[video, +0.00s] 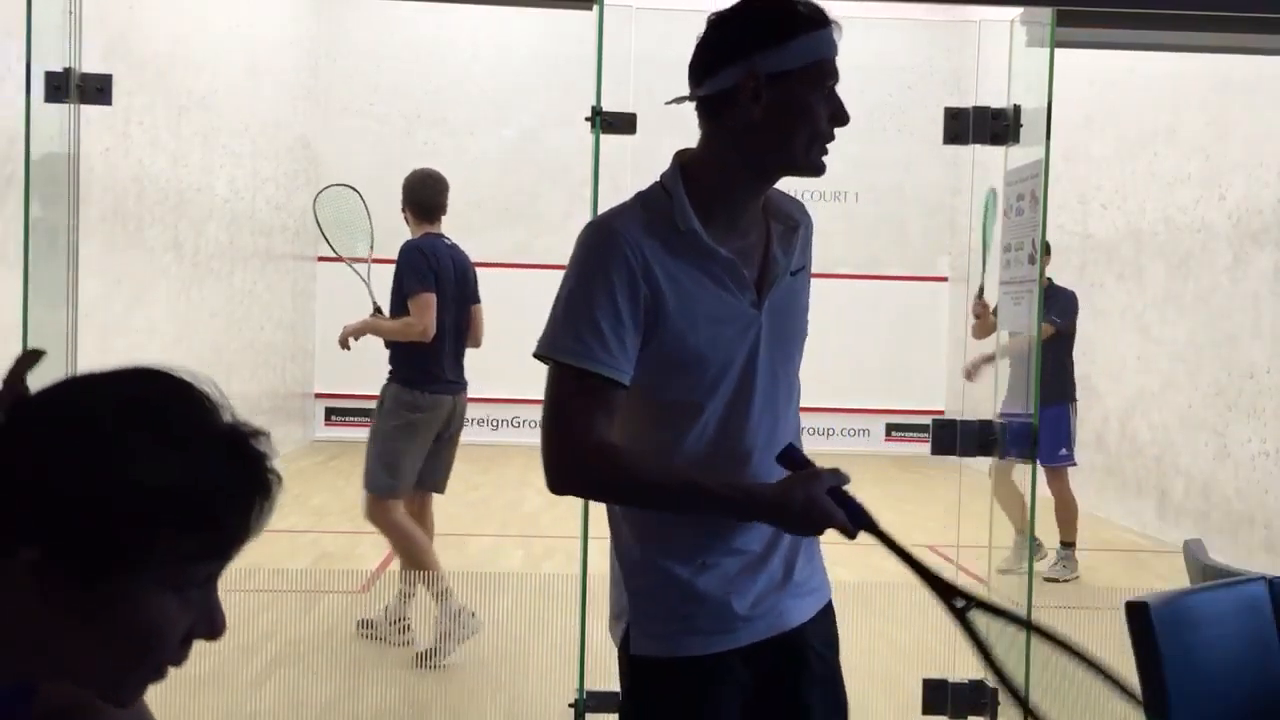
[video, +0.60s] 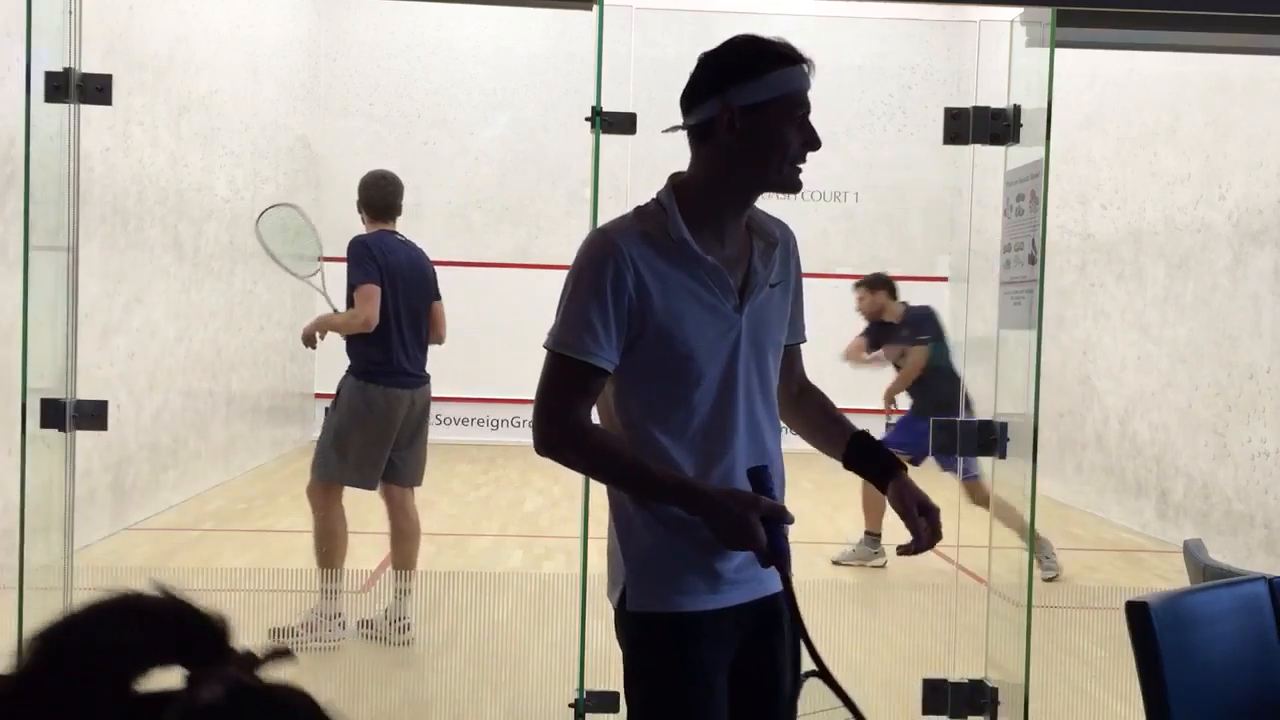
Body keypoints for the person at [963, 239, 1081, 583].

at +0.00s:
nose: (1025, 265)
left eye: (1032, 257)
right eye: (1019, 258)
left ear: (1045, 259)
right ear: (1011, 261)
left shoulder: (1062, 298)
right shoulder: (1014, 298)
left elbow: (1036, 337)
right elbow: (980, 333)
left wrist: (987, 358)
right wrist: (982, 316)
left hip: (1054, 403)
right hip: (1017, 401)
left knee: (1057, 479)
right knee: (1000, 477)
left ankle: (1067, 556)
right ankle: (1026, 542)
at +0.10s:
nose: (1013, 262)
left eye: (1021, 254)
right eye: (1008, 255)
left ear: (1034, 257)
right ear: (1002, 258)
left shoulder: (1053, 297)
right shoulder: (1005, 297)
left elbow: (1019, 334)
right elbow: (977, 331)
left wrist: (963, 336)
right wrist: (980, 303)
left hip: (1047, 401)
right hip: (1012, 402)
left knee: (1053, 480)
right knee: (984, 470)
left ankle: (1067, 556)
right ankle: (1002, 547)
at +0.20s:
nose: (986, 269)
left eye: (992, 263)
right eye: (985, 264)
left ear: (1012, 263)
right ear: (985, 266)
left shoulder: (1038, 297)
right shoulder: (993, 299)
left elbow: (1010, 330)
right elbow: (968, 326)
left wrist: (955, 326)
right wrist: (970, 292)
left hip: (1038, 401)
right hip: (1002, 399)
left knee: (1048, 482)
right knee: (971, 469)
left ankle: (1066, 555)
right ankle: (964, 547)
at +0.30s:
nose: (963, 277)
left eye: (969, 270)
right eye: (961, 271)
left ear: (989, 268)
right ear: (966, 271)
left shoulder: (1016, 299)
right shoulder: (972, 302)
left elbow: (1003, 336)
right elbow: (952, 329)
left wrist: (941, 335)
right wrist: (955, 281)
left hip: (1023, 404)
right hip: (987, 402)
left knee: (1041, 481)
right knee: (953, 470)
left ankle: (1065, 554)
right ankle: (924, 539)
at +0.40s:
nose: (926, 285)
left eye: (931, 278)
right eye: (925, 278)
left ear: (951, 276)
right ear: (937, 280)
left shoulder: (989, 301)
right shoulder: (941, 310)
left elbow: (980, 347)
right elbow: (938, 324)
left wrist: (924, 359)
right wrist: (949, 274)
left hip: (1004, 409)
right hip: (968, 408)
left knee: (1028, 482)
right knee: (930, 469)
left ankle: (1062, 553)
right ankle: (894, 533)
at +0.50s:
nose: (891, 299)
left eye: (896, 292)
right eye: (890, 293)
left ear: (918, 288)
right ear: (905, 295)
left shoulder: (960, 309)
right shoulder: (910, 322)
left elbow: (957, 356)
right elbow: (906, 334)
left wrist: (908, 384)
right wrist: (935, 297)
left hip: (980, 413)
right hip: (945, 413)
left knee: (1011, 487)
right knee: (899, 474)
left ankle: (1056, 549)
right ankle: (879, 544)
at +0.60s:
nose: (858, 306)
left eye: (862, 299)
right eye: (856, 300)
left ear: (882, 295)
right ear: (875, 299)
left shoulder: (921, 316)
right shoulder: (879, 327)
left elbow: (915, 365)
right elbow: (851, 354)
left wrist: (891, 392)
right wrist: (882, 356)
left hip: (952, 413)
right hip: (922, 413)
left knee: (977, 494)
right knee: (876, 464)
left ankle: (1039, 545)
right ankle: (871, 545)